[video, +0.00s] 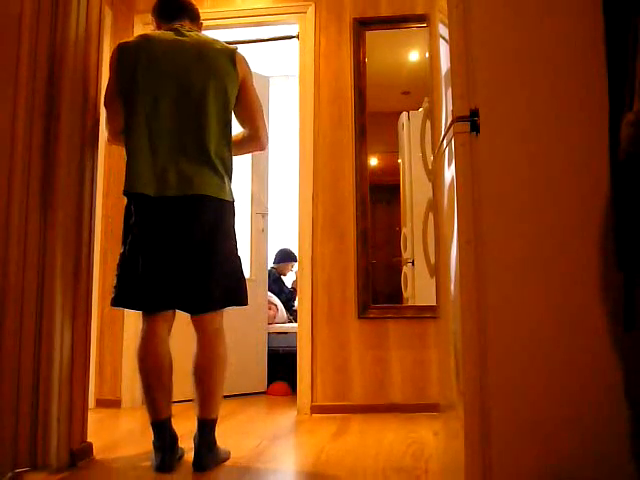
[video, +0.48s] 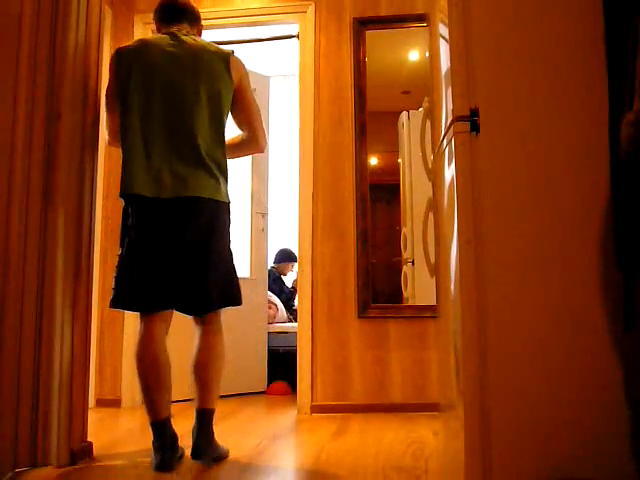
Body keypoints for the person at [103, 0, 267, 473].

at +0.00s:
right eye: (196, 20)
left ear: (154, 20)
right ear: (198, 20)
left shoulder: (128, 53)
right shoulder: (229, 58)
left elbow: (115, 131)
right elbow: (257, 137)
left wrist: (159, 137)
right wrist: (213, 148)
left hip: (150, 205)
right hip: (208, 207)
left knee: (155, 323)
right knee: (210, 325)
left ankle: (164, 445)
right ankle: (206, 444)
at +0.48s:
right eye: (196, 26)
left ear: (155, 25)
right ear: (198, 27)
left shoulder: (127, 57)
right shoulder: (226, 62)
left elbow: (115, 134)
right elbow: (256, 141)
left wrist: (157, 140)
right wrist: (209, 150)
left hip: (147, 206)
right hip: (205, 207)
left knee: (153, 323)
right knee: (210, 321)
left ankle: (164, 443)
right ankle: (204, 437)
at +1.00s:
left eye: (181, 47)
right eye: (212, 50)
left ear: (181, 50)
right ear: (219, 54)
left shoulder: (152, 78)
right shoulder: (240, 87)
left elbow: (132, 154)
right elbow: (259, 161)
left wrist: (166, 170)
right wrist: (220, 180)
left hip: (158, 212)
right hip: (212, 215)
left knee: (160, 320)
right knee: (212, 323)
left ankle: (163, 436)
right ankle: (204, 421)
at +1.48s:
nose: (196, 71)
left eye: (196, 69)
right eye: (206, 71)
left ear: (197, 72)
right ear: (231, 77)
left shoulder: (173, 88)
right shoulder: (253, 104)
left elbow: (144, 155)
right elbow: (263, 175)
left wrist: (171, 182)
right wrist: (227, 192)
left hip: (170, 211)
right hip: (220, 216)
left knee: (167, 315)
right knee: (214, 319)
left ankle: (164, 418)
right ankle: (204, 422)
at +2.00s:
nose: (186, 73)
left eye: (185, 71)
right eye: (199, 71)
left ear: (186, 71)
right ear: (218, 72)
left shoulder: (163, 91)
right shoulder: (245, 99)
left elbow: (134, 157)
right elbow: (259, 169)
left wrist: (169, 179)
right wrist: (222, 180)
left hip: (170, 217)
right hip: (219, 219)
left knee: (171, 318)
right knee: (212, 321)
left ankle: (174, 420)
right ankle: (203, 422)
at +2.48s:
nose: (189, 75)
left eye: (187, 71)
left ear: (186, 72)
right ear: (221, 72)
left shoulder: (164, 93)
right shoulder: (247, 100)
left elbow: (141, 162)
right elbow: (264, 169)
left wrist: (176, 180)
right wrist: (226, 180)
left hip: (172, 218)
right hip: (221, 221)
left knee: (172, 319)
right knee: (213, 323)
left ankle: (174, 420)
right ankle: (204, 423)